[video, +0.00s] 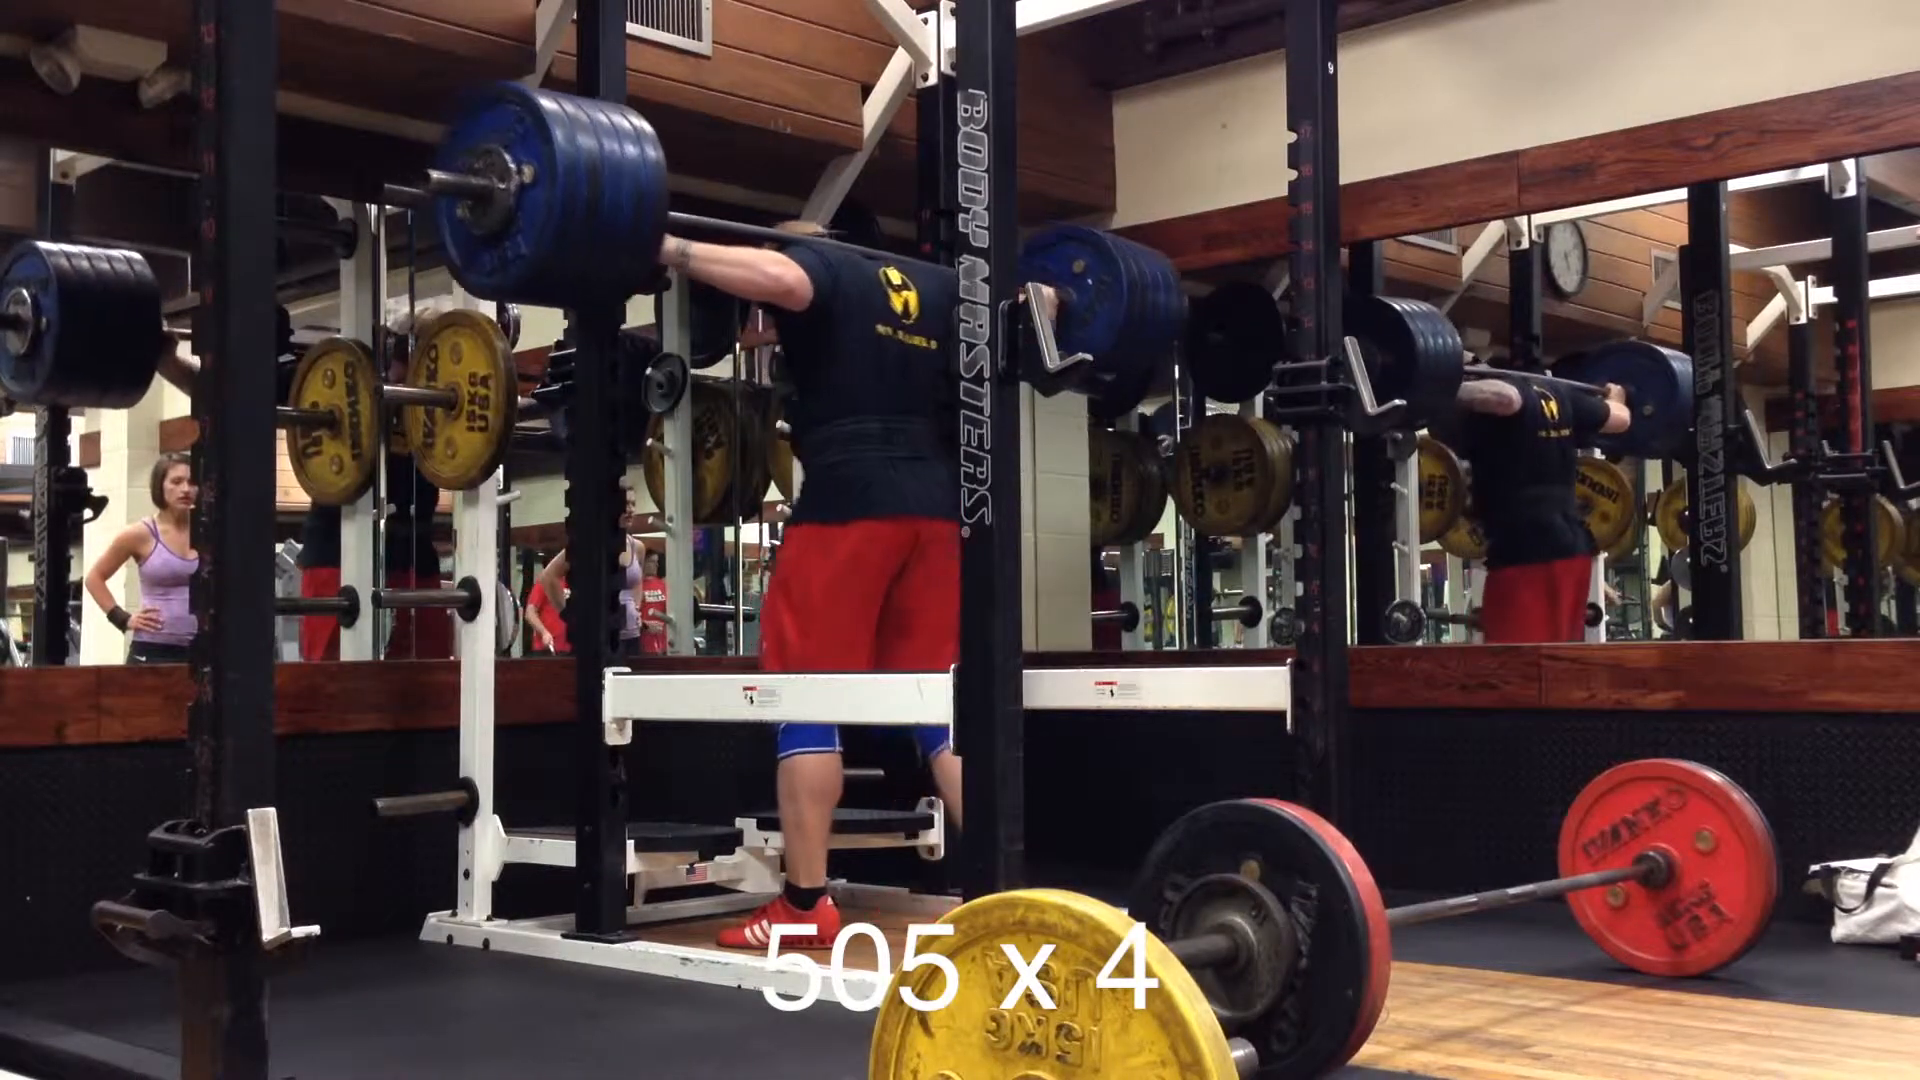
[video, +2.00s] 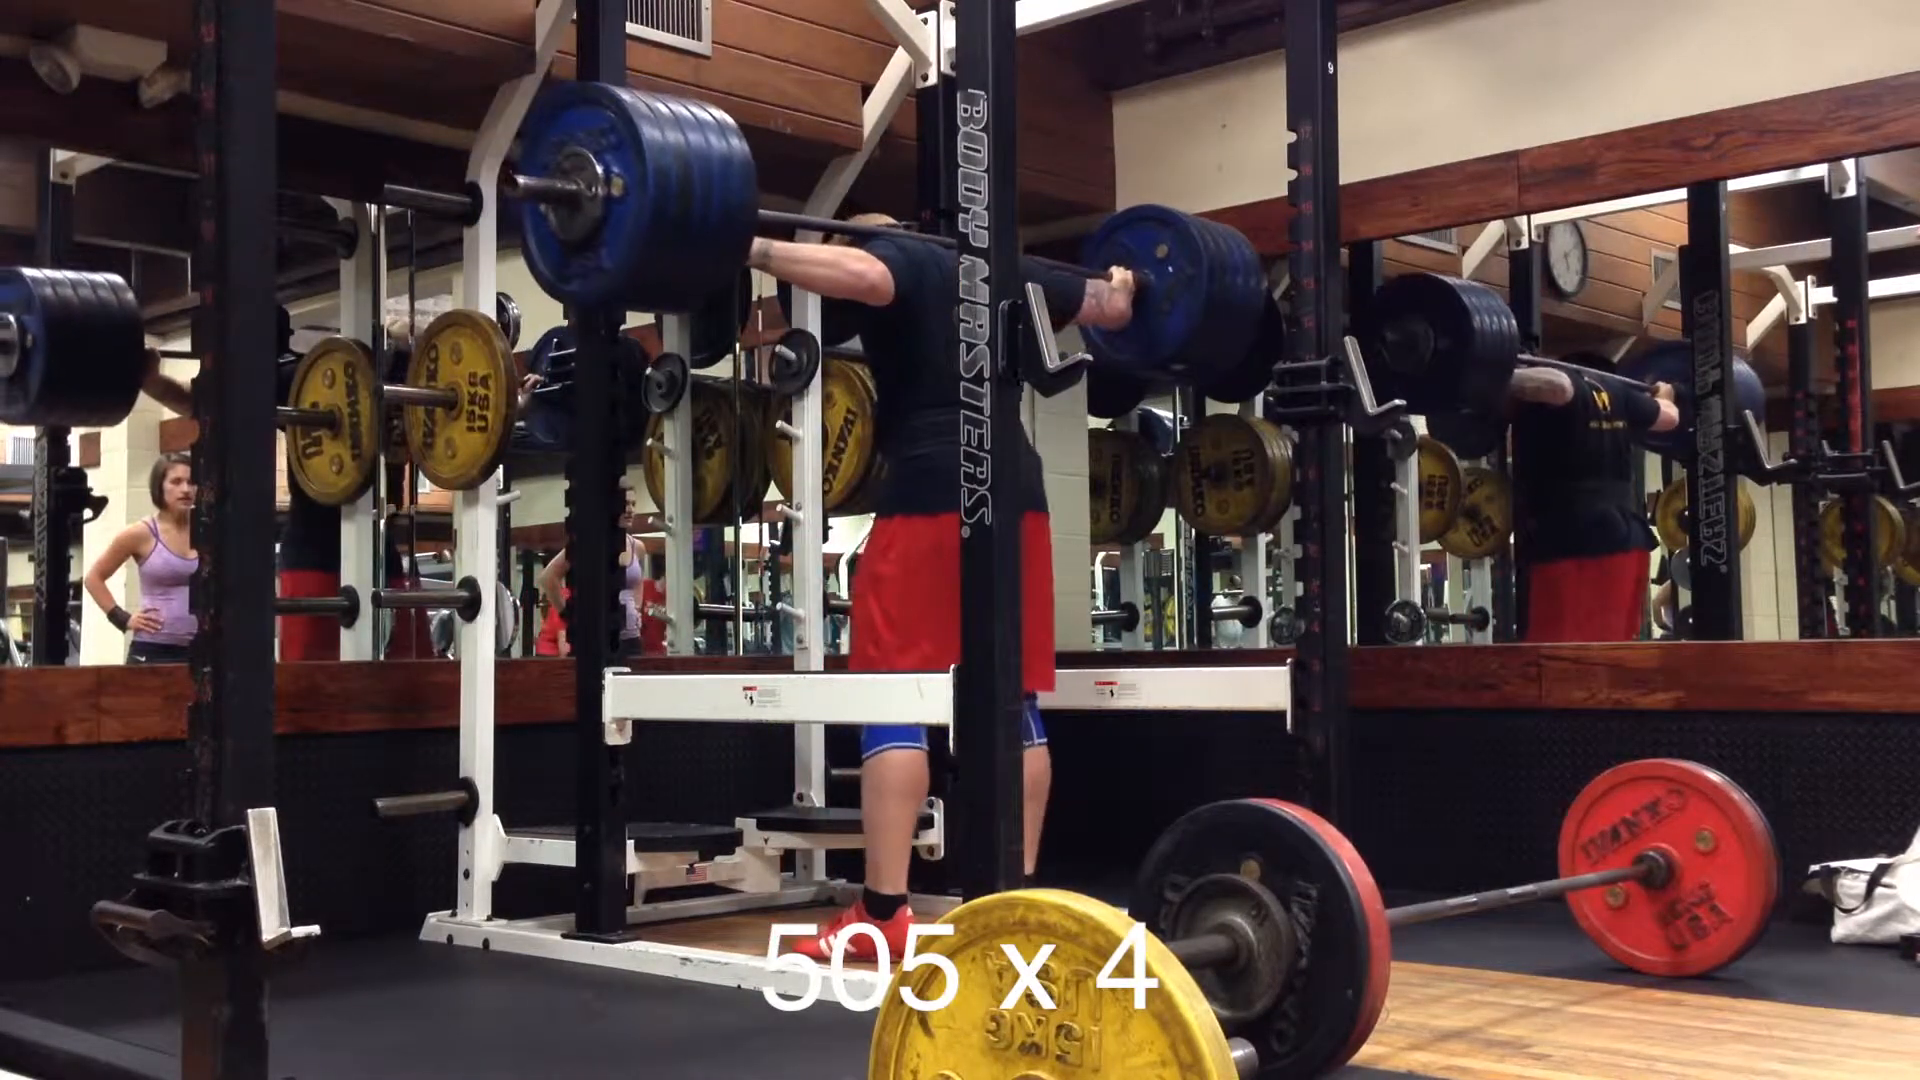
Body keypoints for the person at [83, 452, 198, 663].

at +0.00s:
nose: (186, 489)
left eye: (192, 482)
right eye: (177, 482)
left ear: (200, 488)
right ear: (160, 487)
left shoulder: (204, 530)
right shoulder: (140, 534)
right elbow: (94, 579)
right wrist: (123, 619)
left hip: (199, 648)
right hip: (153, 647)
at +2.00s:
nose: (186, 489)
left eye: (191, 482)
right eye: (176, 482)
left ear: (199, 487)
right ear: (159, 487)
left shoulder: (204, 529)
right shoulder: (141, 534)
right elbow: (93, 579)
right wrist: (123, 619)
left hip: (199, 648)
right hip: (153, 648)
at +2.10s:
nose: (186, 489)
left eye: (191, 482)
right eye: (177, 482)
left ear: (199, 487)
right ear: (159, 487)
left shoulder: (204, 529)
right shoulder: (141, 534)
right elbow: (93, 579)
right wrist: (123, 619)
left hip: (199, 648)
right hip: (153, 648)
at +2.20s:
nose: (186, 489)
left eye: (192, 482)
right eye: (177, 482)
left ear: (199, 487)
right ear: (159, 487)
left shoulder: (204, 530)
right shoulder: (141, 534)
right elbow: (93, 579)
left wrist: (213, 614)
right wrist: (123, 619)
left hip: (199, 648)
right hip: (153, 649)